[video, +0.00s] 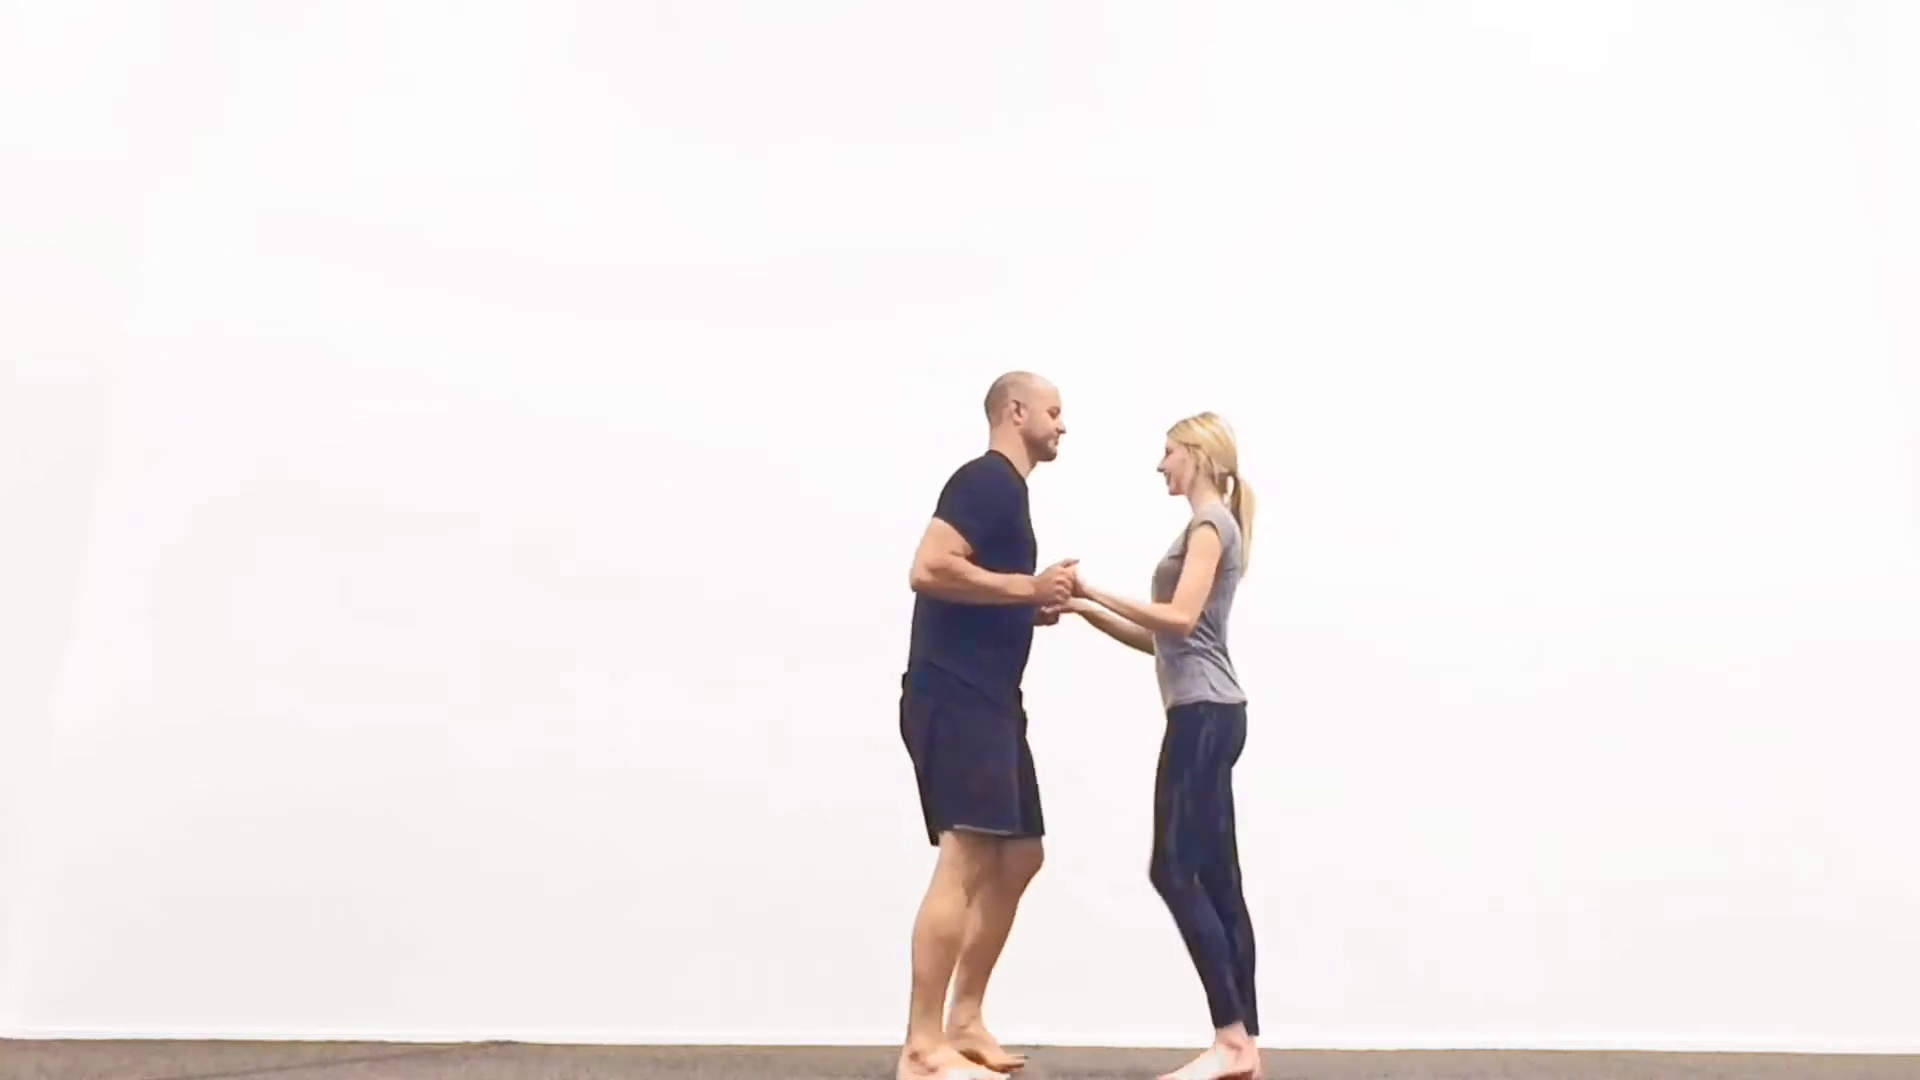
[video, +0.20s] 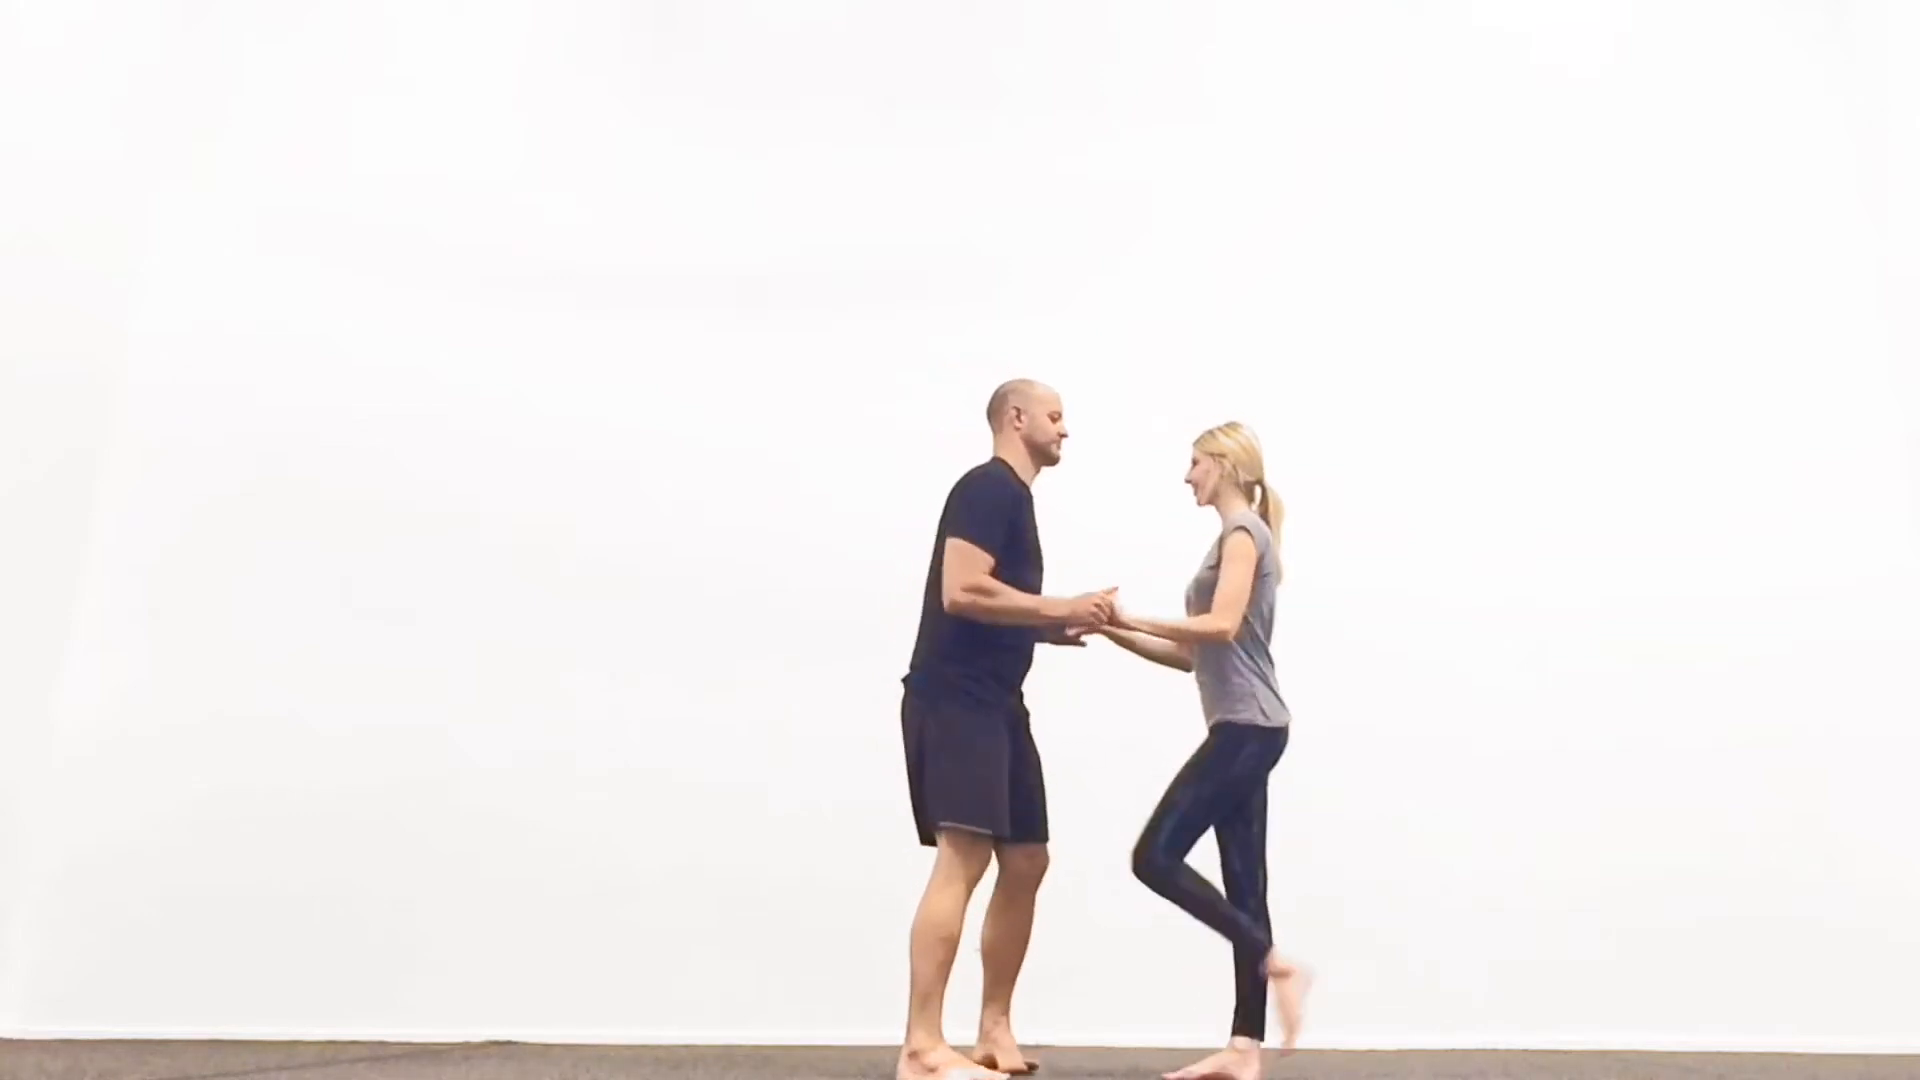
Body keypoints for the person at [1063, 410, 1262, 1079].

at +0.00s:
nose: (1160, 463)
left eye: (1168, 451)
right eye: (1163, 452)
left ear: (1196, 455)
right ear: (1205, 459)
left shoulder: (1209, 522)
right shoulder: (1210, 530)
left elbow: (1183, 617)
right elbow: (1161, 641)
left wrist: (1095, 593)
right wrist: (1086, 607)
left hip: (1203, 710)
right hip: (1209, 709)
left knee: (1172, 869)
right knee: (1218, 874)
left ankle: (1232, 1039)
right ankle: (1243, 1039)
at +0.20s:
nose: (1188, 473)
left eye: (1195, 461)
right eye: (1191, 462)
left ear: (1223, 465)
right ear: (1227, 468)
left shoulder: (1243, 531)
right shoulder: (1237, 542)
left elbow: (1224, 624)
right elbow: (1191, 655)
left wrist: (1131, 620)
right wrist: (1109, 633)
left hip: (1246, 726)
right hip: (1245, 725)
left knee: (1153, 859)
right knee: (1245, 890)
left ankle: (1277, 966)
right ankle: (1243, 1049)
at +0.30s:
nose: (1214, 476)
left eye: (1222, 465)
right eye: (1216, 465)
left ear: (1250, 470)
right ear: (1258, 473)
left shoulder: (1266, 535)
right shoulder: (1263, 545)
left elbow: (1246, 627)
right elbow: (1207, 656)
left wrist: (1155, 629)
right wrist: (1141, 630)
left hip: (1267, 729)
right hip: (1263, 729)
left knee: (1215, 884)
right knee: (1254, 890)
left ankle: (1358, 961)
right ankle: (1246, 1049)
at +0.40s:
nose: (1244, 478)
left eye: (1252, 466)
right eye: (1246, 466)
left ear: (1280, 470)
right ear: (1283, 471)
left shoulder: (1299, 536)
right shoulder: (1286, 544)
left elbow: (1275, 629)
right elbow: (1223, 639)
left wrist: (1192, 639)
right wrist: (1156, 606)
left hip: (1296, 732)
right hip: (1275, 733)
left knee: (1309, 894)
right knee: (1262, 889)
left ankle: (1442, 996)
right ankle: (1247, 1048)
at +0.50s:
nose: (1275, 480)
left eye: (1281, 468)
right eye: (1277, 469)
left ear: (1309, 471)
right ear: (1312, 473)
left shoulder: (1331, 538)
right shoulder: (1311, 550)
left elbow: (1321, 632)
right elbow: (1244, 626)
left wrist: (1240, 669)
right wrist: (1176, 587)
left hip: (1341, 730)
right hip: (1306, 735)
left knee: (1395, 884)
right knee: (1273, 883)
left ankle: (1499, 1021)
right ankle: (1247, 1047)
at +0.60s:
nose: (1305, 486)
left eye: (1311, 474)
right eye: (1306, 475)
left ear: (1339, 476)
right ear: (1346, 478)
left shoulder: (1365, 543)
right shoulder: (1340, 556)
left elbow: (1371, 642)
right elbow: (1264, 617)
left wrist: (1303, 712)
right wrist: (1203, 568)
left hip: (1381, 733)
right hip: (1342, 738)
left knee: (1449, 881)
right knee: (1290, 883)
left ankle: (1524, 1035)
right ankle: (1246, 1043)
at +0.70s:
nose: (1329, 489)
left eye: (1336, 478)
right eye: (1330, 479)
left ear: (1365, 481)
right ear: (1365, 483)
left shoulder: (1396, 548)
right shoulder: (1355, 561)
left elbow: (1404, 650)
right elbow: (1280, 607)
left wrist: (1374, 742)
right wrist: (1227, 550)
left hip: (1411, 736)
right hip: (1358, 741)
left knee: (1475, 883)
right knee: (1306, 886)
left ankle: (1531, 1045)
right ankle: (1243, 1037)